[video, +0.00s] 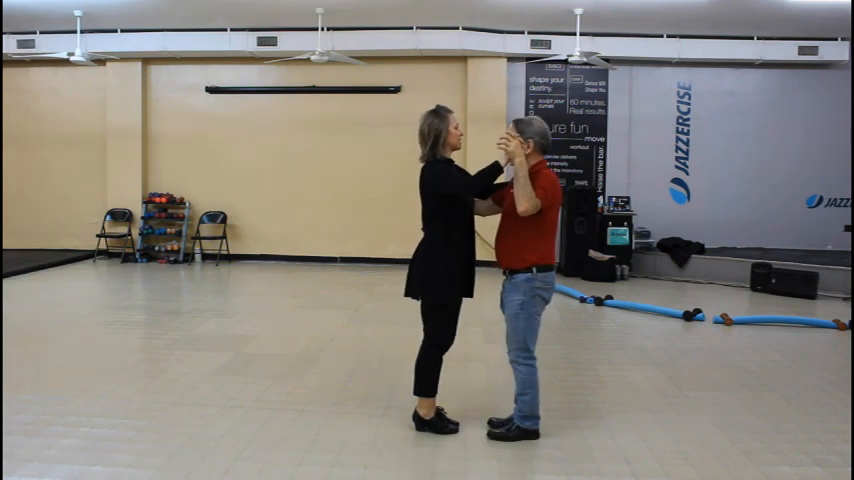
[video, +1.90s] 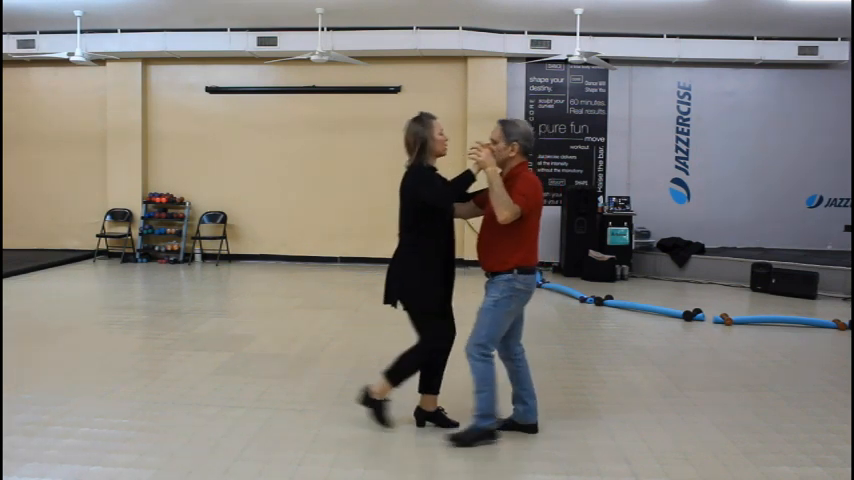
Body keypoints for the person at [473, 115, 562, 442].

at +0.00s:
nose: (506, 145)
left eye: (512, 140)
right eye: (507, 140)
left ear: (528, 145)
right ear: (528, 146)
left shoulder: (546, 179)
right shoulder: (520, 182)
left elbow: (526, 207)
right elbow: (483, 206)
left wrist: (518, 162)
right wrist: (451, 191)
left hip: (532, 277)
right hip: (517, 276)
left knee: (522, 354)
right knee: (518, 353)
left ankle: (527, 423)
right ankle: (522, 416)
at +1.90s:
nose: (487, 148)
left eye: (494, 143)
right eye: (489, 142)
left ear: (513, 149)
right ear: (509, 149)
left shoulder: (527, 181)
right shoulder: (505, 181)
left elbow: (506, 214)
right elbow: (465, 209)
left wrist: (491, 171)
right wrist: (431, 201)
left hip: (514, 278)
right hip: (504, 277)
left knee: (478, 347)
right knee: (510, 347)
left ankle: (484, 424)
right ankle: (525, 416)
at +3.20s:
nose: (510, 143)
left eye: (516, 139)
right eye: (511, 138)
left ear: (533, 146)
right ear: (530, 146)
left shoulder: (549, 180)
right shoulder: (527, 179)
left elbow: (524, 210)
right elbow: (488, 206)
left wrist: (514, 165)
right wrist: (452, 198)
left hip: (543, 278)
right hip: (531, 276)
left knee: (524, 353)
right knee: (531, 347)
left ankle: (527, 426)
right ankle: (557, 407)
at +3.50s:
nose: (533, 156)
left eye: (538, 152)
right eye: (534, 151)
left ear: (558, 156)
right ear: (556, 156)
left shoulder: (577, 186)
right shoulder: (547, 185)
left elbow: (560, 223)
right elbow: (514, 212)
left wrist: (547, 177)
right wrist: (481, 201)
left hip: (569, 283)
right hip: (565, 281)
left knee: (534, 351)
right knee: (582, 346)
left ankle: (528, 425)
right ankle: (607, 411)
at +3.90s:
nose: (536, 153)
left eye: (542, 148)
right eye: (537, 147)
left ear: (562, 153)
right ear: (558, 152)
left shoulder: (579, 183)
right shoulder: (547, 184)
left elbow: (567, 218)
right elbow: (516, 212)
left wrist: (553, 174)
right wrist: (483, 204)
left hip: (573, 279)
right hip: (567, 277)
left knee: (545, 351)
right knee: (587, 346)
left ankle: (540, 425)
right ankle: (608, 411)